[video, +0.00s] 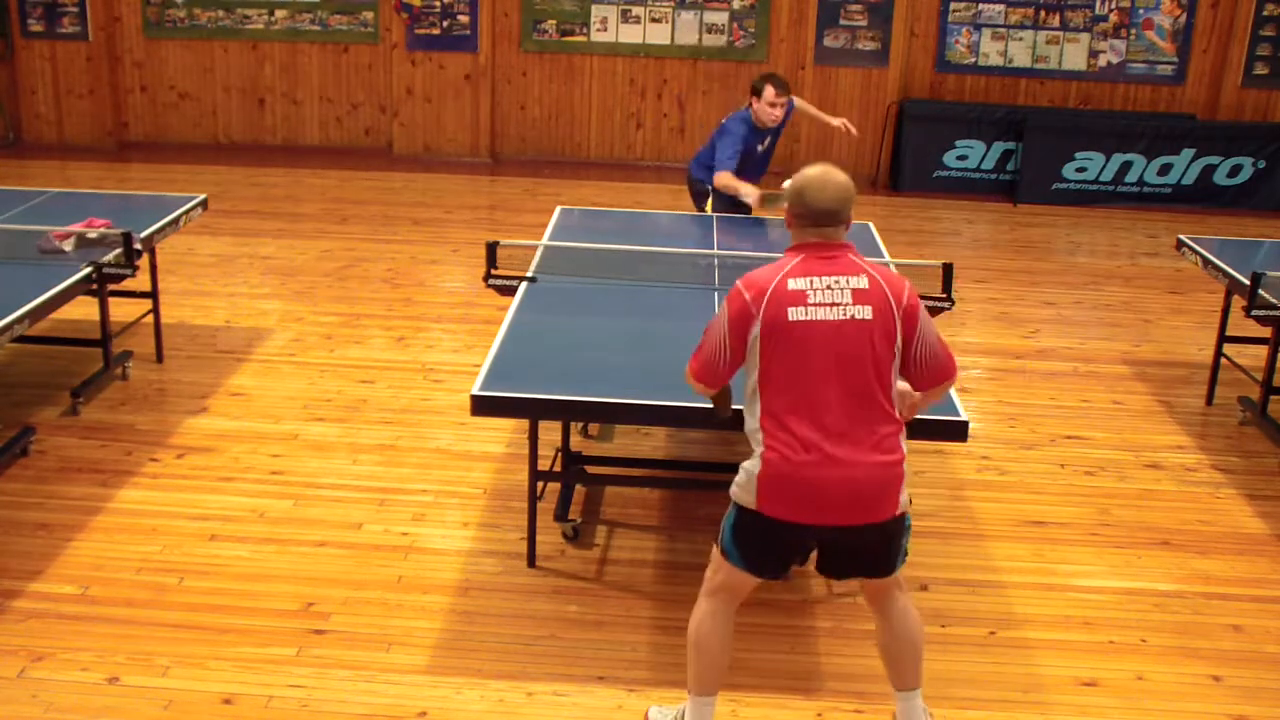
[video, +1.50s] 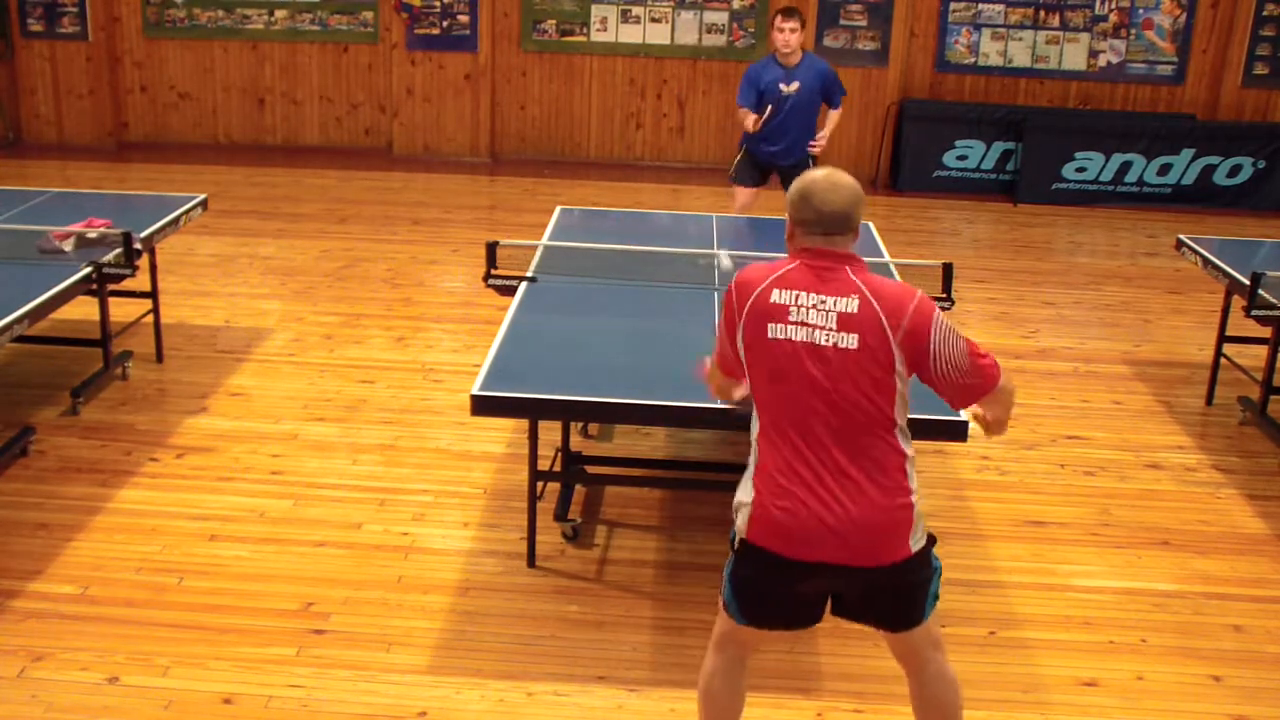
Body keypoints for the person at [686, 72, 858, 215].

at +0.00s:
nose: (777, 114)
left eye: (782, 106)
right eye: (771, 106)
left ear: (787, 105)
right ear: (754, 102)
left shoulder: (777, 115)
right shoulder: (737, 127)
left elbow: (793, 102)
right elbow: (720, 179)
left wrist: (829, 120)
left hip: (742, 182)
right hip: (709, 184)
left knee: (750, 233)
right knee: (723, 238)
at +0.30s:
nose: (786, 89)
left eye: (793, 83)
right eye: (780, 82)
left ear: (800, 85)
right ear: (769, 83)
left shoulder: (804, 103)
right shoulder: (752, 113)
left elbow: (806, 124)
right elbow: (715, 147)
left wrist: (820, 155)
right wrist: (715, 162)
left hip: (773, 182)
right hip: (739, 185)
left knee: (789, 234)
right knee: (740, 243)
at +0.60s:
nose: (797, 58)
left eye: (804, 52)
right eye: (792, 51)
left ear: (815, 55)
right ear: (784, 53)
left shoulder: (833, 87)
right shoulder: (770, 91)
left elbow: (853, 121)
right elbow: (753, 131)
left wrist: (847, 161)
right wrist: (754, 153)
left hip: (815, 173)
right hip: (774, 171)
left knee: (828, 228)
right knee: (753, 221)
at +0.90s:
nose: (764, 79)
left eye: (771, 72)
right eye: (761, 73)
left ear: (789, 73)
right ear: (758, 74)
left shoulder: (809, 101)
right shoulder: (770, 104)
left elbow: (843, 141)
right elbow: (754, 138)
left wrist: (821, 176)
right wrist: (713, 139)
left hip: (822, 193)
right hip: (790, 193)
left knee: (824, 255)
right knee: (790, 252)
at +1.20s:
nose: (771, 57)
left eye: (779, 52)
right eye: (767, 50)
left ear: (791, 55)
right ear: (761, 51)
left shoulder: (809, 84)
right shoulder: (751, 92)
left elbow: (830, 115)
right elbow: (748, 143)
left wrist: (834, 138)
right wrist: (755, 127)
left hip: (793, 169)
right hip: (752, 168)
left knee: (803, 229)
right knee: (737, 223)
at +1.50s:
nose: (786, 37)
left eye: (793, 31)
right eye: (780, 31)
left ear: (802, 34)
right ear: (772, 34)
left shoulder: (820, 70)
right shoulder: (757, 71)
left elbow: (836, 103)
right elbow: (744, 107)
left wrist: (825, 132)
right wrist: (749, 119)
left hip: (797, 153)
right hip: (757, 150)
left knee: (803, 213)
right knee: (741, 206)